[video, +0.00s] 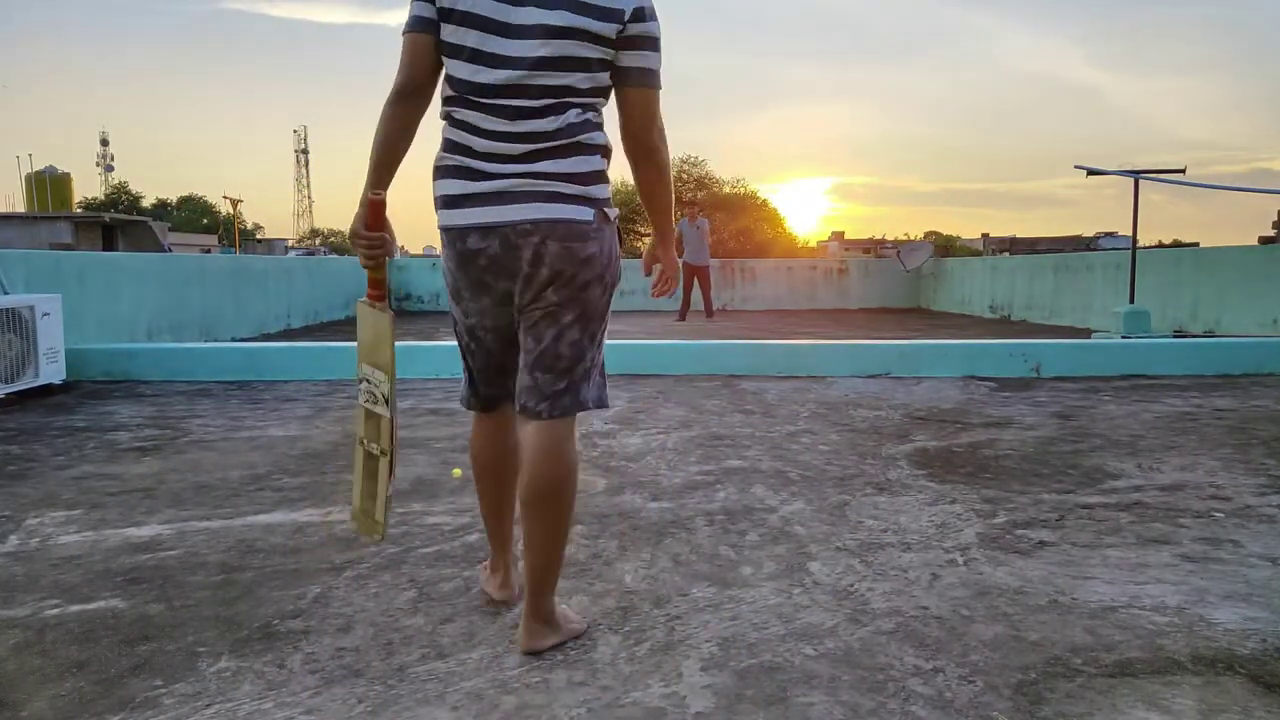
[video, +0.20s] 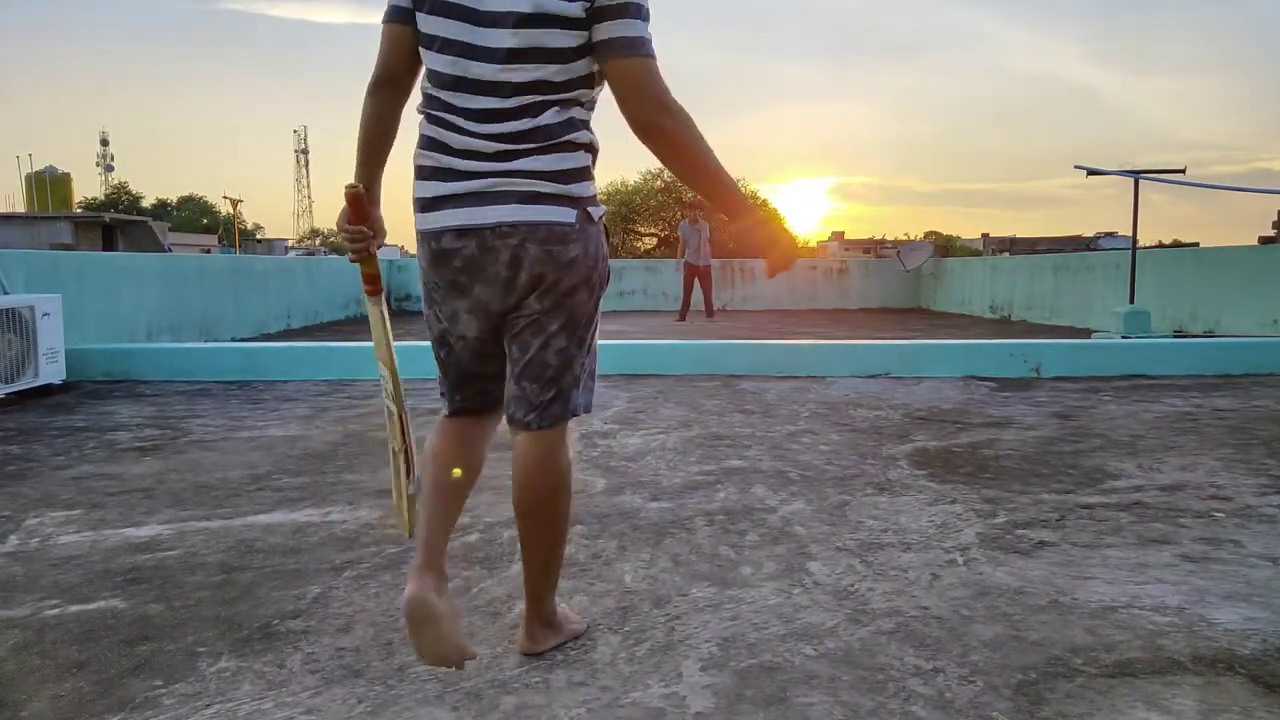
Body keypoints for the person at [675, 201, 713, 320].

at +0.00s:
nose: (691, 211)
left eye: (693, 208)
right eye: (689, 208)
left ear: (698, 209)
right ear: (686, 210)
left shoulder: (703, 222)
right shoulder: (682, 223)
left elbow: (707, 239)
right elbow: (677, 239)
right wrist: (681, 251)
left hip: (702, 261)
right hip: (688, 260)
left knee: (706, 291)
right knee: (686, 291)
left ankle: (709, 315)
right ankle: (682, 315)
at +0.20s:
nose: (692, 214)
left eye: (695, 211)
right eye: (690, 211)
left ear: (699, 212)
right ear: (687, 211)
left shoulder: (704, 225)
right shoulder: (683, 225)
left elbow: (707, 243)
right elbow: (681, 242)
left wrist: (708, 260)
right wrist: (679, 259)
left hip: (704, 262)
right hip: (689, 261)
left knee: (707, 292)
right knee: (687, 292)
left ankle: (710, 316)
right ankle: (682, 316)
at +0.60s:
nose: (699, 219)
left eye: (701, 217)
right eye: (696, 217)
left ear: (704, 217)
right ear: (693, 217)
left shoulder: (710, 229)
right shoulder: (688, 229)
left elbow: (712, 245)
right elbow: (687, 247)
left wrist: (707, 256)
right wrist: (695, 257)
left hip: (707, 264)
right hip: (692, 264)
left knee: (710, 291)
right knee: (687, 291)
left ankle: (710, 315)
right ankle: (681, 315)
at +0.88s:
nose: (700, 218)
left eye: (702, 215)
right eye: (696, 215)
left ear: (704, 216)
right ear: (691, 216)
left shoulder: (707, 229)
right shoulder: (687, 229)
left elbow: (711, 242)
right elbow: (685, 242)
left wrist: (709, 250)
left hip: (703, 263)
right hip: (688, 263)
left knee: (708, 290)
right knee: (683, 289)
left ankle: (710, 314)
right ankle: (678, 314)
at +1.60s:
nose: (682, 214)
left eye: (684, 211)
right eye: (679, 211)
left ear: (687, 212)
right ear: (675, 213)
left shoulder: (692, 225)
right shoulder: (673, 224)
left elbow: (703, 234)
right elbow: (658, 231)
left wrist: (692, 231)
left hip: (686, 259)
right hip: (673, 259)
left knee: (680, 288)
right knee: (676, 287)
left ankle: (678, 311)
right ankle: (676, 311)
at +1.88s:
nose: (681, 213)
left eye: (683, 211)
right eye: (679, 210)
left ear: (686, 212)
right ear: (674, 212)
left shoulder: (688, 224)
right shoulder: (669, 223)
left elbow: (698, 224)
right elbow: (652, 220)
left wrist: (685, 222)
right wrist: (665, 215)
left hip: (683, 258)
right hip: (669, 257)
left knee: (679, 287)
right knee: (667, 286)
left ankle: (678, 311)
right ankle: (665, 311)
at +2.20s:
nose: (669, 213)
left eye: (672, 211)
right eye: (668, 211)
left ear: (676, 213)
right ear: (665, 214)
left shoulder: (680, 225)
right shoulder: (663, 226)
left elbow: (682, 212)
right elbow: (653, 232)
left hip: (675, 260)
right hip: (663, 259)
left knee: (673, 289)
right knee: (662, 289)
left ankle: (679, 309)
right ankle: (665, 313)